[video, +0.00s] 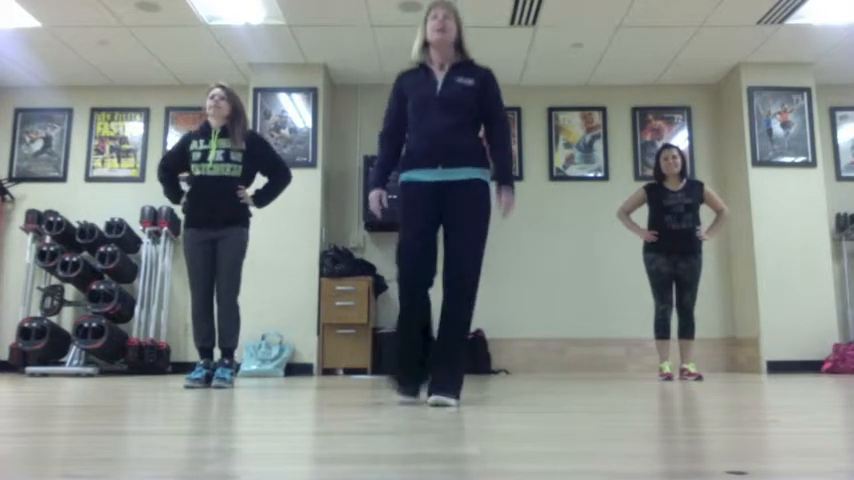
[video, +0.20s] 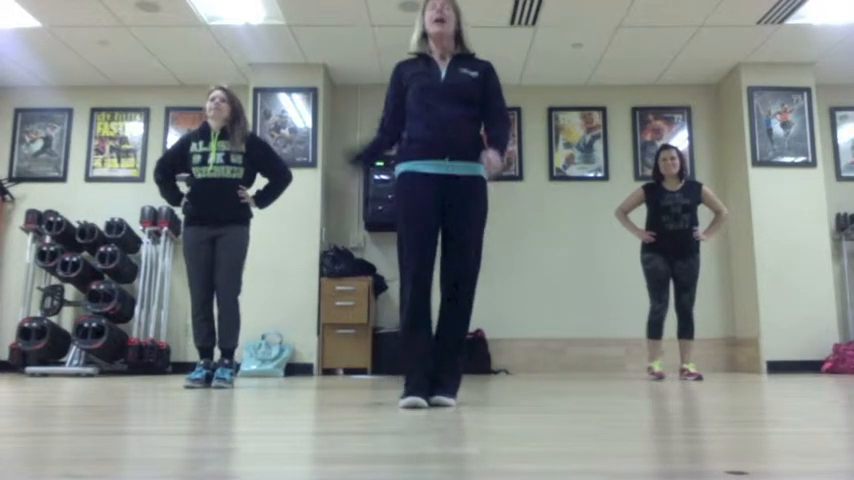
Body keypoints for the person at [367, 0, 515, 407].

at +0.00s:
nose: (440, 23)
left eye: (447, 18)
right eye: (434, 18)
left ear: (458, 28)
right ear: (424, 29)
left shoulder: (479, 77)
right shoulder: (407, 80)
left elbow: (498, 130)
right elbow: (391, 135)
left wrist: (505, 180)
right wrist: (379, 183)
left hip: (468, 187)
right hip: (416, 187)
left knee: (460, 284)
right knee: (412, 280)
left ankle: (446, 384)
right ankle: (411, 377)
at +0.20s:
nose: (438, 14)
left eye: (445, 10)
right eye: (431, 10)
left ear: (457, 22)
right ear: (422, 22)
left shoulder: (480, 69)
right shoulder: (406, 69)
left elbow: (497, 119)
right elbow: (390, 129)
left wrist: (496, 148)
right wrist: (365, 154)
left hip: (467, 180)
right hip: (417, 179)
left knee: (459, 285)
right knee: (415, 283)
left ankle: (444, 386)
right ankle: (416, 386)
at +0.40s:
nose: (435, 7)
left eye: (442, 3)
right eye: (428, 5)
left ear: (454, 15)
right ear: (419, 18)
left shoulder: (478, 66)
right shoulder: (404, 66)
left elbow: (496, 121)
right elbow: (373, 121)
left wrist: (488, 166)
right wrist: (323, 99)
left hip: (465, 180)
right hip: (415, 179)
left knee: (456, 286)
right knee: (413, 285)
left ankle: (444, 387)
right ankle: (414, 388)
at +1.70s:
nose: (443, 3)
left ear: (461, 9)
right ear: (426, 10)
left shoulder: (482, 64)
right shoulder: (406, 58)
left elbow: (497, 127)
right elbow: (392, 122)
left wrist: (517, 174)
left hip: (469, 182)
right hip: (414, 179)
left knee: (505, 270)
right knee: (410, 284)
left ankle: (507, 381)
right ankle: (413, 388)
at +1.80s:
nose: (450, 2)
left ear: (468, 8)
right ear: (432, 9)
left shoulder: (489, 65)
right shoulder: (414, 56)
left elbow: (506, 129)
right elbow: (394, 123)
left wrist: (541, 165)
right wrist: (364, 132)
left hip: (474, 181)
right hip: (421, 178)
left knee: (514, 268)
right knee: (415, 282)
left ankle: (517, 380)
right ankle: (413, 387)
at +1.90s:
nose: (474, 14)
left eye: (480, 9)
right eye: (466, 9)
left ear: (488, 13)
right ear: (454, 13)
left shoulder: (505, 64)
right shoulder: (434, 50)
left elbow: (535, 124)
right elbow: (405, 106)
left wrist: (588, 145)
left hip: (489, 182)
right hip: (437, 179)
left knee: (523, 277)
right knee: (426, 285)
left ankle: (554, 380)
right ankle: (414, 388)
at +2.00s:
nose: (489, 18)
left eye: (494, 12)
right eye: (480, 12)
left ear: (501, 15)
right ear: (466, 15)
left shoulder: (514, 65)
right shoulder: (448, 48)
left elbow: (552, 127)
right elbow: (426, 102)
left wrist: (616, 138)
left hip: (498, 184)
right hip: (449, 180)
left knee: (527, 282)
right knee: (432, 284)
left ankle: (560, 385)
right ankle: (414, 389)